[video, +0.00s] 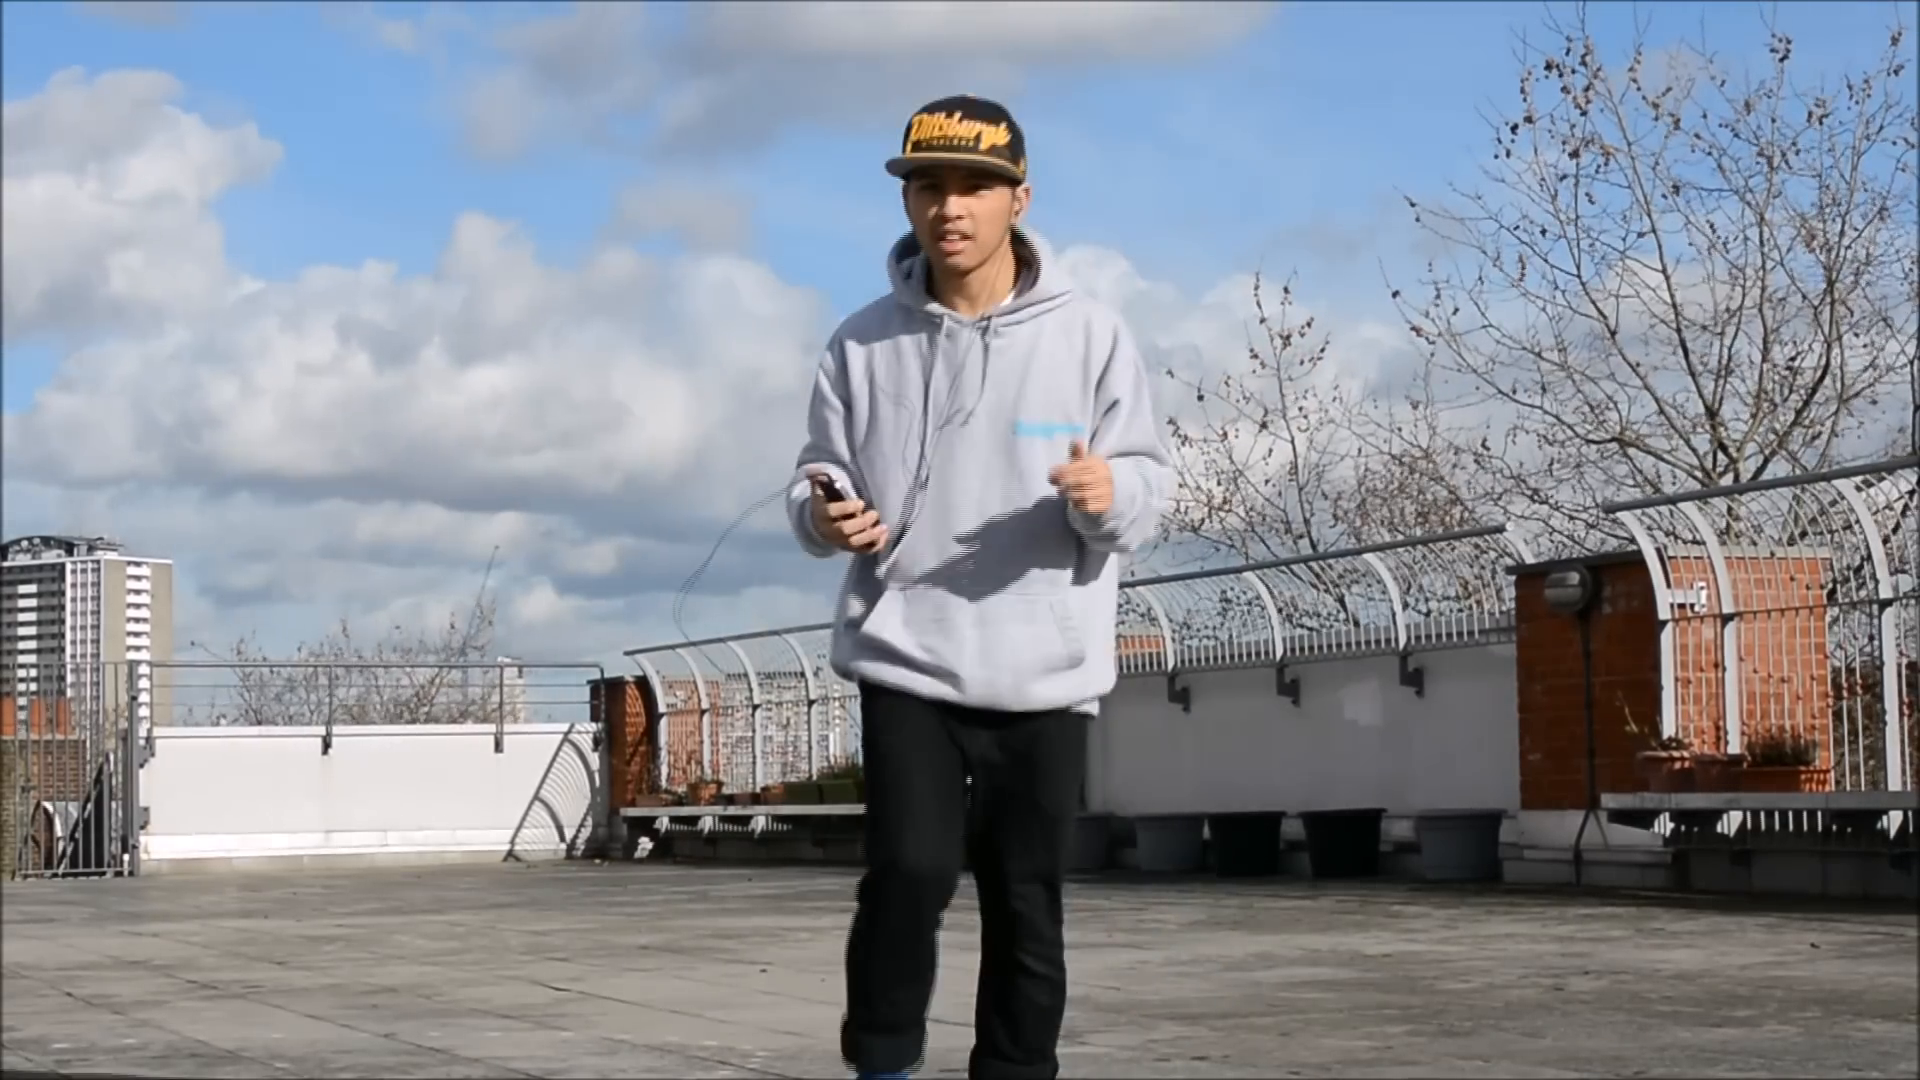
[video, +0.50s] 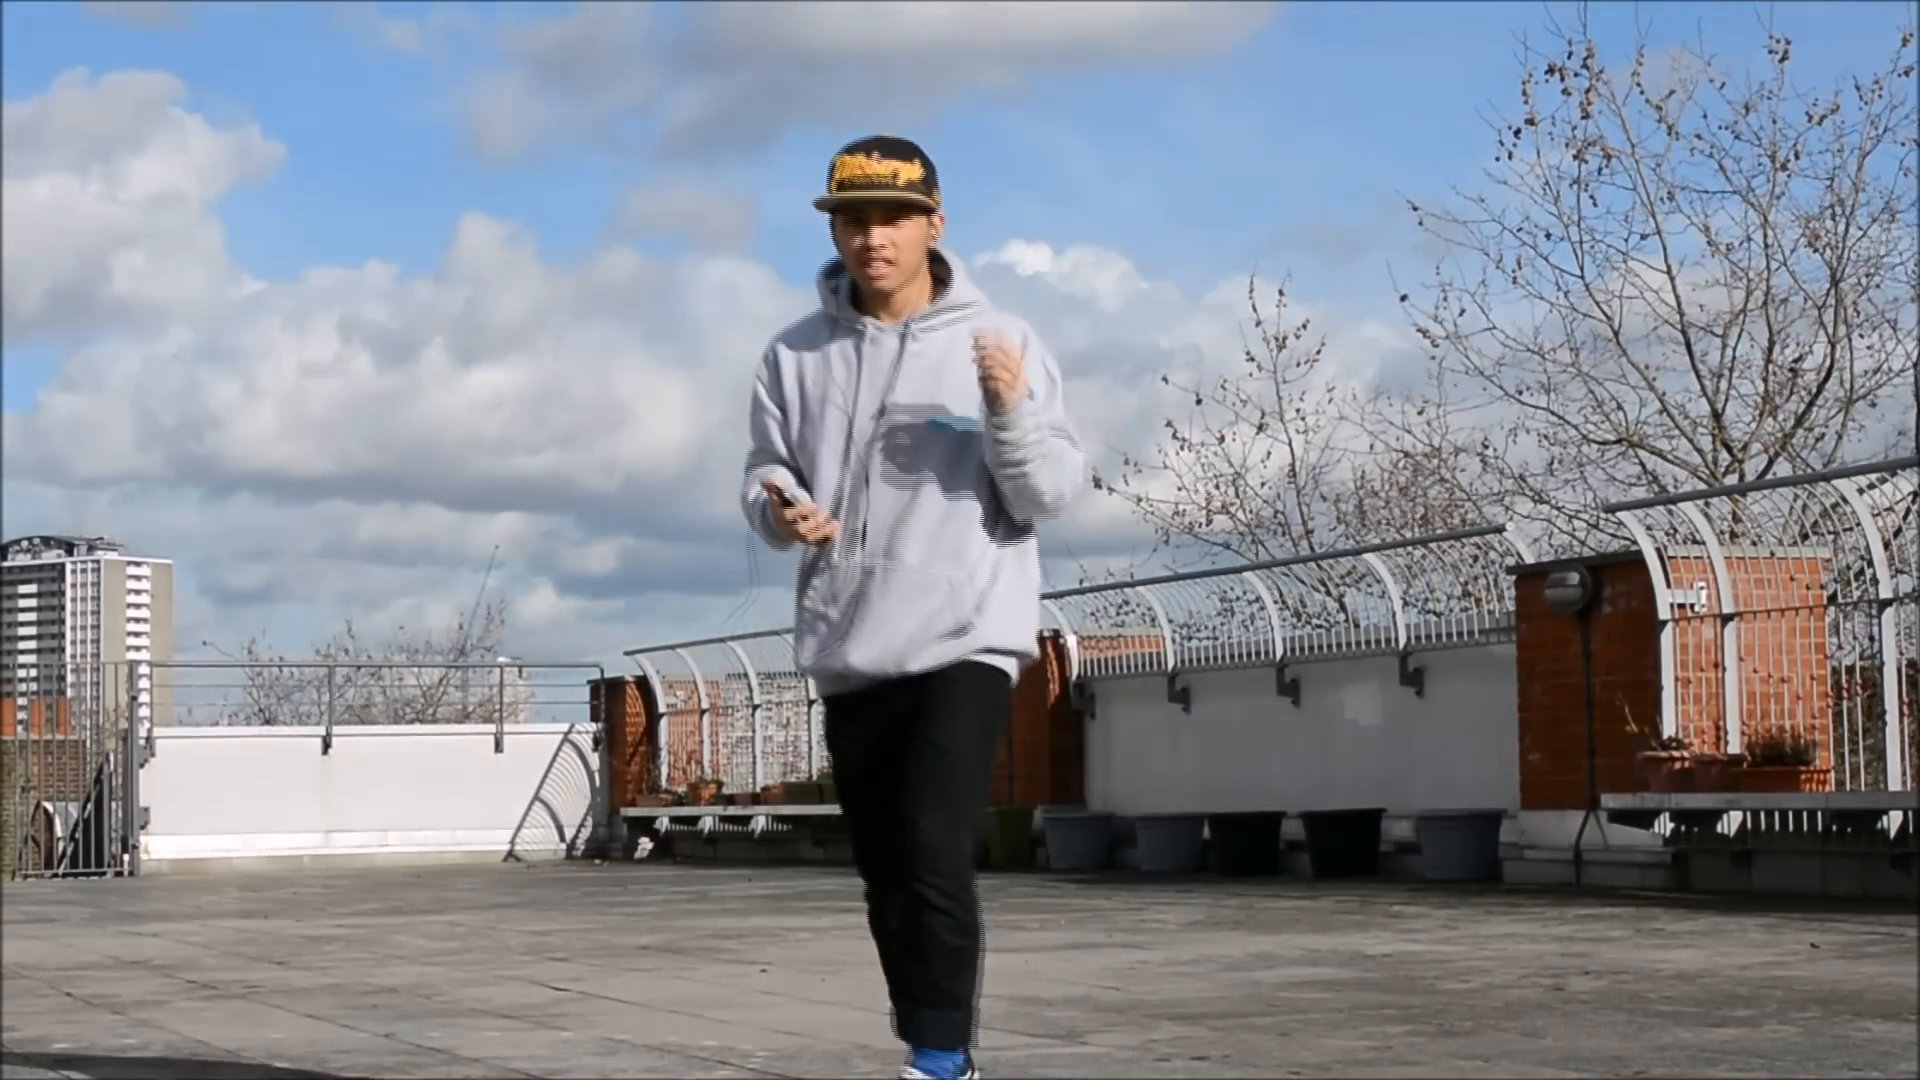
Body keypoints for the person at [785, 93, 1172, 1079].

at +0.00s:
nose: (949, 208)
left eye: (973, 187)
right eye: (930, 187)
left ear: (1017, 200)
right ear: (908, 202)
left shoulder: (1091, 333)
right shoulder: (861, 343)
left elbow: (1149, 475)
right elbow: (813, 492)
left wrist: (1111, 493)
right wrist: (825, 519)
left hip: (1045, 670)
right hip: (906, 663)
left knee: (1028, 903)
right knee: (910, 874)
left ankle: (1017, 1072)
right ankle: (883, 1066)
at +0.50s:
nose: (870, 240)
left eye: (891, 219)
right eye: (852, 221)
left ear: (933, 226)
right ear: (833, 232)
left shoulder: (1002, 340)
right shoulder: (795, 356)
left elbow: (1051, 501)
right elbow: (764, 480)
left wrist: (1011, 404)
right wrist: (785, 509)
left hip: (965, 635)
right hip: (852, 643)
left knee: (935, 849)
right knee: (884, 860)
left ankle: (941, 1060)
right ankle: (929, 1051)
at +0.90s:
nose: (819, 240)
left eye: (839, 220)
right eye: (803, 223)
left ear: (888, 225)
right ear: (789, 234)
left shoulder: (949, 332)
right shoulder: (763, 352)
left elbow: (944, 435)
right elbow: (729, 480)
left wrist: (905, 292)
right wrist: (730, 502)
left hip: (902, 661)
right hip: (783, 655)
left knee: (898, 882)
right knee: (727, 846)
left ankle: (911, 1067)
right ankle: (784, 1034)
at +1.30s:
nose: (699, 288)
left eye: (718, 269)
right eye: (685, 271)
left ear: (772, 254)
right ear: (670, 265)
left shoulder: (832, 346)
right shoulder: (644, 370)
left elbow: (865, 455)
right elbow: (594, 514)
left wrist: (809, 321)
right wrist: (623, 496)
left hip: (810, 661)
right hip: (685, 663)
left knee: (841, 878)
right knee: (680, 884)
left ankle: (892, 1065)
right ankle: (674, 1068)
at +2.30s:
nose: (736, 331)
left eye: (753, 315)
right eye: (719, 316)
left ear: (787, 292)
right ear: (694, 297)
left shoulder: (844, 381)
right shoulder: (649, 385)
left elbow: (885, 522)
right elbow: (611, 519)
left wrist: (843, 449)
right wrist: (676, 502)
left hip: (799, 678)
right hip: (683, 675)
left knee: (780, 882)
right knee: (680, 876)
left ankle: (763, 1061)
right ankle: (668, 1060)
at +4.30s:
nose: (761, 301)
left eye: (779, 285)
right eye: (746, 283)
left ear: (819, 278)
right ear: (726, 277)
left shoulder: (867, 389)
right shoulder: (665, 376)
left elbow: (908, 505)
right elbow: (595, 489)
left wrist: (857, 546)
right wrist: (596, 609)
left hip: (805, 678)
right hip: (684, 669)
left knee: (779, 883)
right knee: (673, 875)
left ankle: (760, 1062)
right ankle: (654, 1061)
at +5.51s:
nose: (761, 276)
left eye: (782, 258)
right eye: (746, 258)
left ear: (819, 264)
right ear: (727, 263)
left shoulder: (870, 380)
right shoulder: (673, 362)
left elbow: (904, 495)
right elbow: (625, 483)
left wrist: (873, 546)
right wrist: (638, 590)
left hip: (805, 672)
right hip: (686, 659)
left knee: (780, 884)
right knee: (673, 872)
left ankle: (762, 1063)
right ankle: (653, 1062)